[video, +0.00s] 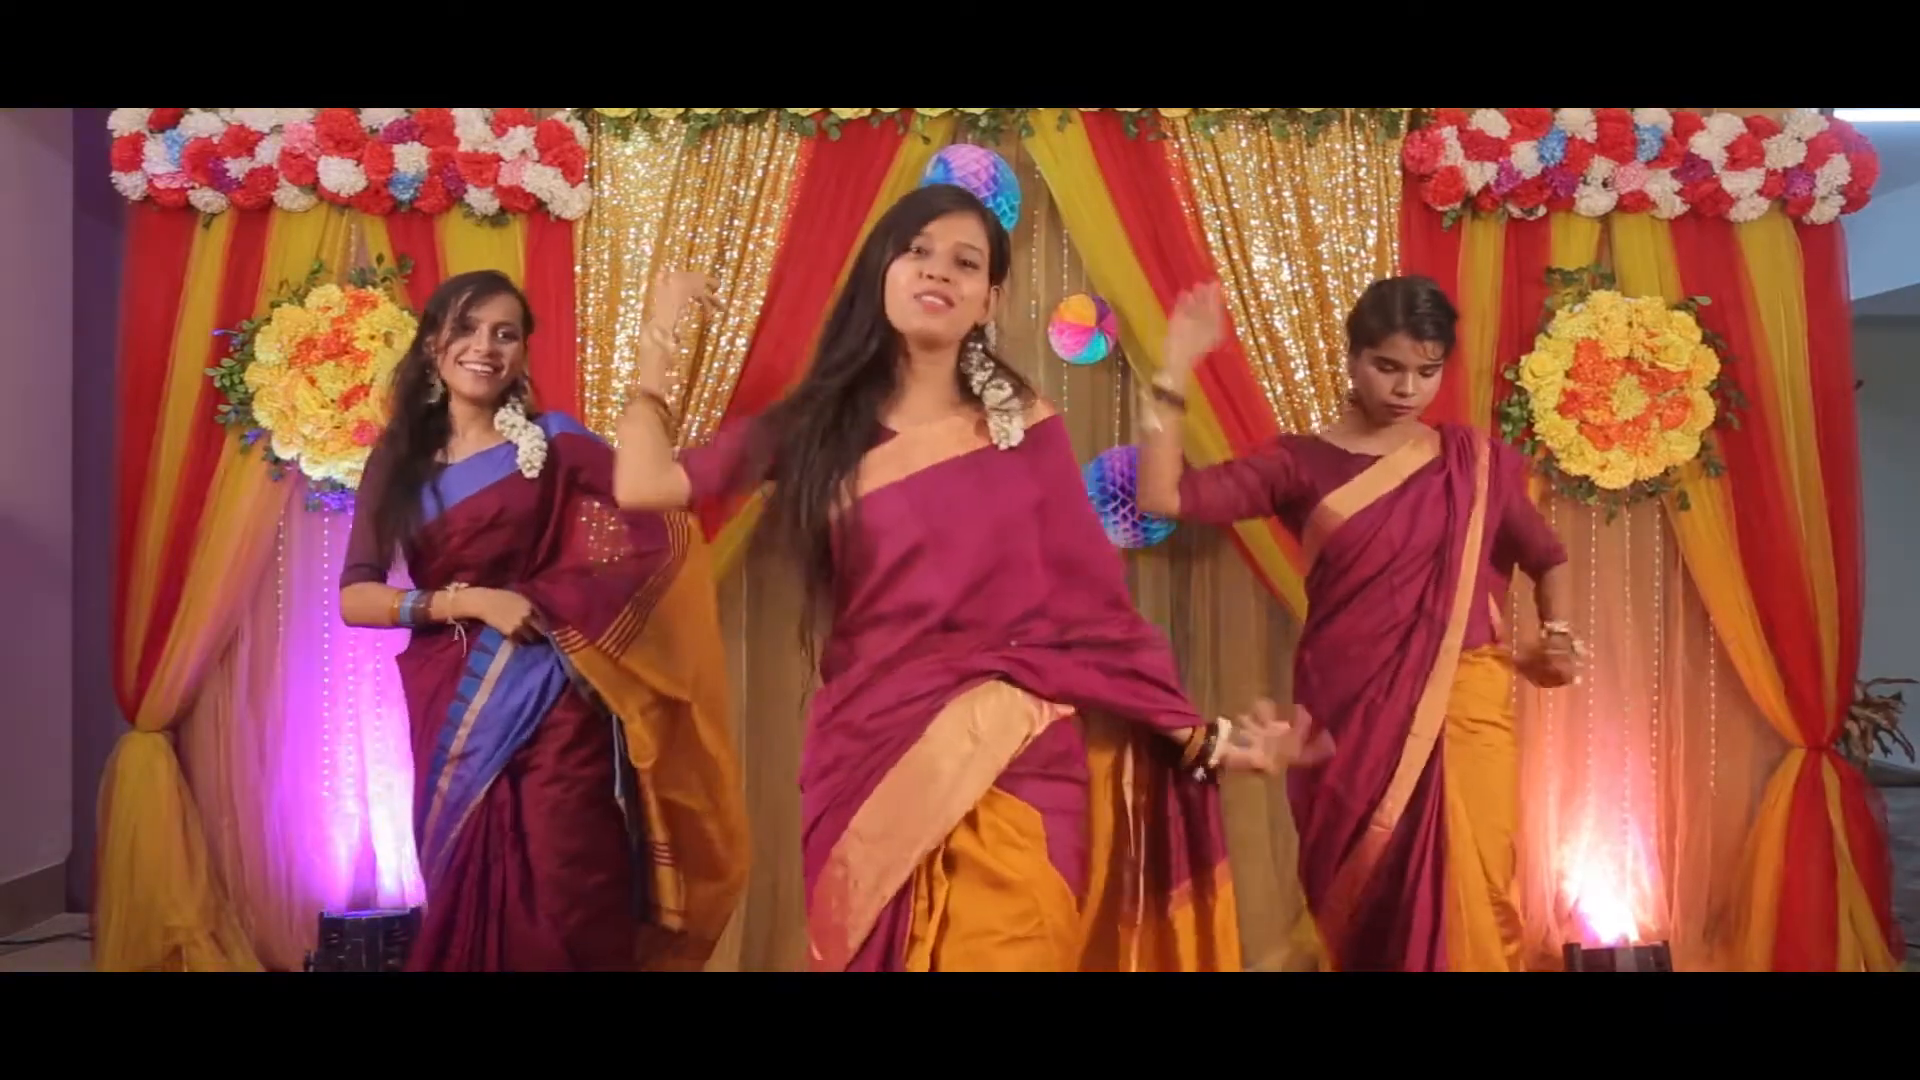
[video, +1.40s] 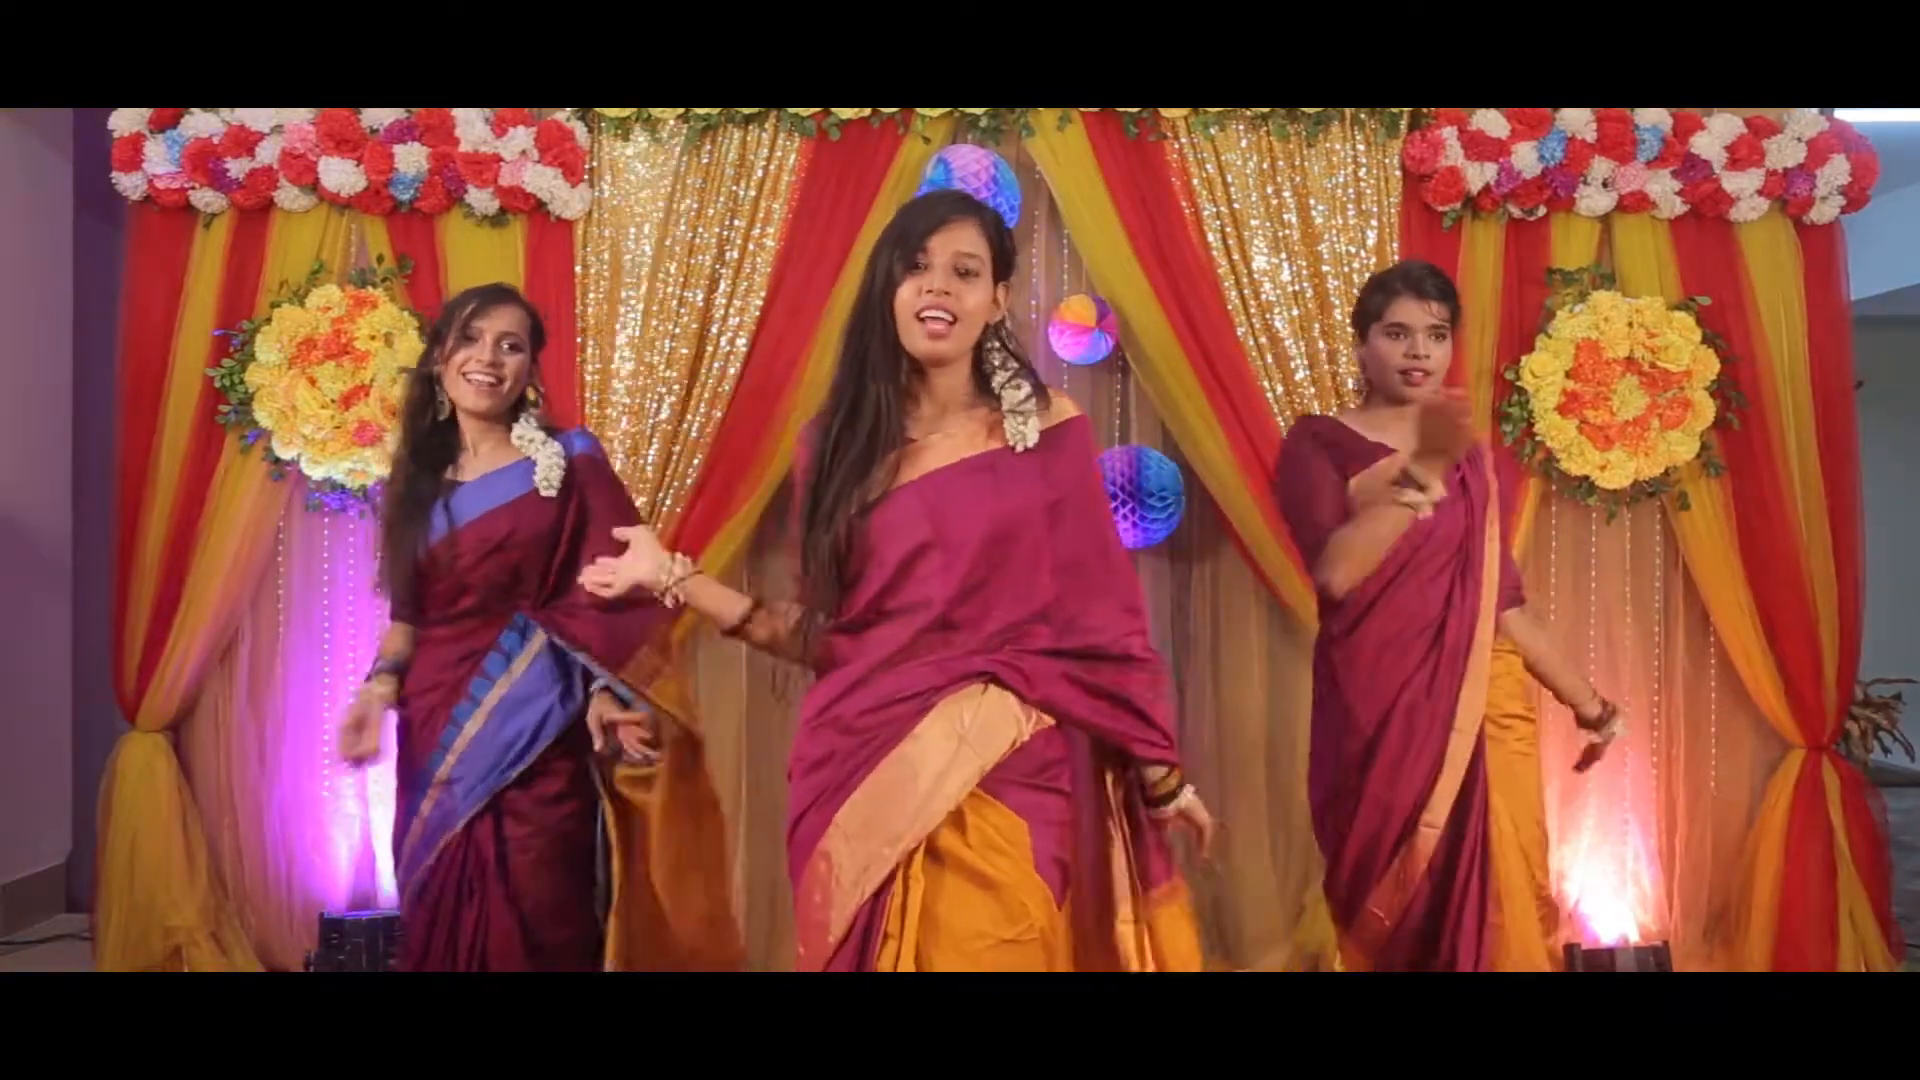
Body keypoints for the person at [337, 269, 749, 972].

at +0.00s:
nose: (486, 347)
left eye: (506, 334)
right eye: (466, 330)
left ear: (524, 355)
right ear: (433, 347)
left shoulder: (554, 441)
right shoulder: (399, 462)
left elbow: (662, 527)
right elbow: (357, 599)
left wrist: (551, 602)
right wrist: (461, 599)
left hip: (555, 691)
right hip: (452, 701)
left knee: (564, 897)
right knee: (469, 898)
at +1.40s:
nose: (489, 358)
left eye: (510, 345)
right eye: (471, 339)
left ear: (531, 369)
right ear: (441, 358)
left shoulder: (570, 460)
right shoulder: (414, 482)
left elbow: (620, 584)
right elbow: (408, 607)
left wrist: (603, 691)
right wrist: (379, 687)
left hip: (540, 735)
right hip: (433, 742)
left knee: (541, 933)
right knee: (440, 933)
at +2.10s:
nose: (525, 352)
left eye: (543, 334)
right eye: (505, 339)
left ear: (573, 353)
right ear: (480, 365)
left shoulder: (619, 461)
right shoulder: (447, 468)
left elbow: (645, 591)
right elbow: (392, 613)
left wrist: (545, 504)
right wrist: (520, 633)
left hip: (572, 727)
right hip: (452, 725)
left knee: (568, 921)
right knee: (452, 919)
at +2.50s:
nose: (513, 384)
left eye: (533, 367)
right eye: (497, 368)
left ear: (570, 380)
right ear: (472, 381)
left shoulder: (604, 486)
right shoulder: (446, 473)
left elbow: (673, 601)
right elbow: (404, 524)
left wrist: (631, 618)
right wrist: (461, 391)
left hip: (585, 739)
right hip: (464, 738)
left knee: (584, 933)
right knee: (462, 929)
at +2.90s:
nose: (514, 361)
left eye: (535, 346)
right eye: (495, 344)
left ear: (563, 368)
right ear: (470, 363)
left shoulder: (597, 465)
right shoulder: (445, 466)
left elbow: (704, 566)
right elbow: (372, 578)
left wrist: (613, 651)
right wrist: (405, 443)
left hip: (564, 714)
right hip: (451, 715)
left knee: (565, 927)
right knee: (441, 920)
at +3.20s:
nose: (473, 297)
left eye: (502, 292)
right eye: (468, 283)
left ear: (540, 327)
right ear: (449, 302)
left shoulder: (540, 401)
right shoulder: (426, 412)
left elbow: (666, 489)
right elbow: (308, 460)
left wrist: (539, 589)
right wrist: (363, 348)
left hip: (516, 653)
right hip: (430, 648)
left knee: (501, 859)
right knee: (423, 848)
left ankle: (510, 965)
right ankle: (431, 964)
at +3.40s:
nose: (429, 406)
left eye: (455, 392)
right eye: (426, 387)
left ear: (510, 419)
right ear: (415, 396)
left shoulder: (510, 498)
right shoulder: (422, 498)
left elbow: (593, 614)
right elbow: (342, 622)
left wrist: (483, 716)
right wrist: (372, 504)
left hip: (498, 760)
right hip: (425, 751)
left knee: (438, 932)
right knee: (377, 925)